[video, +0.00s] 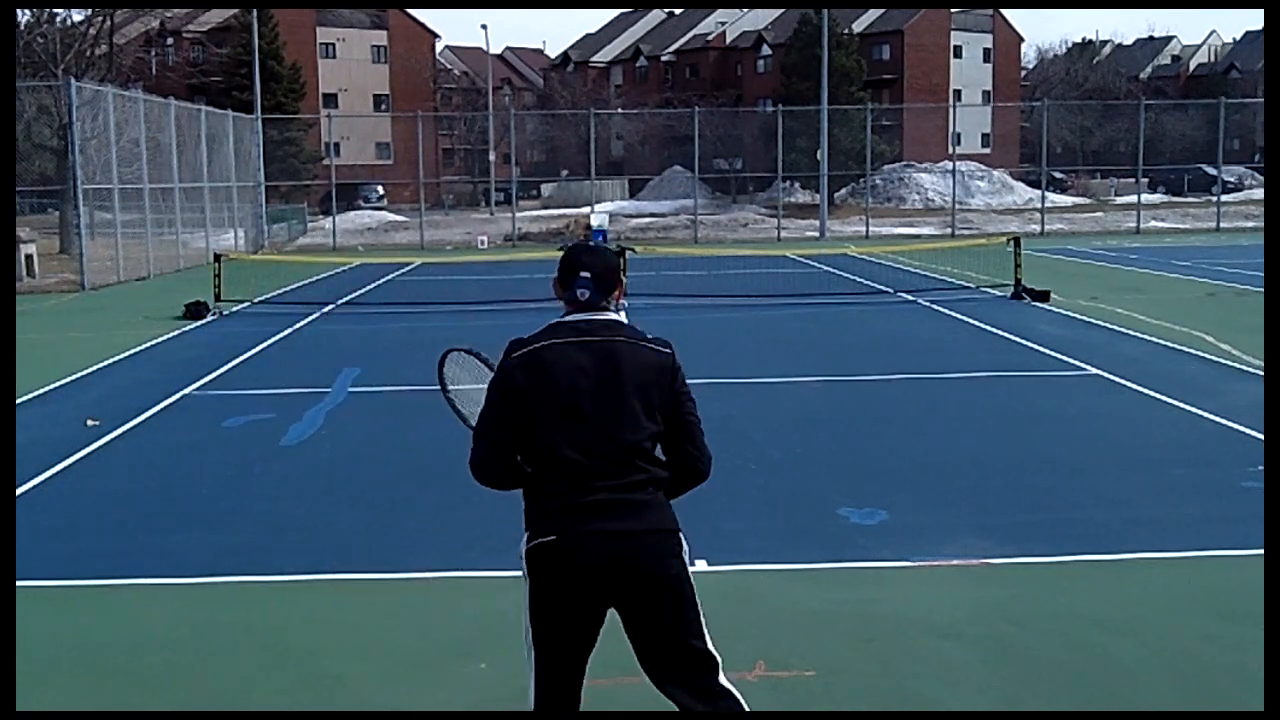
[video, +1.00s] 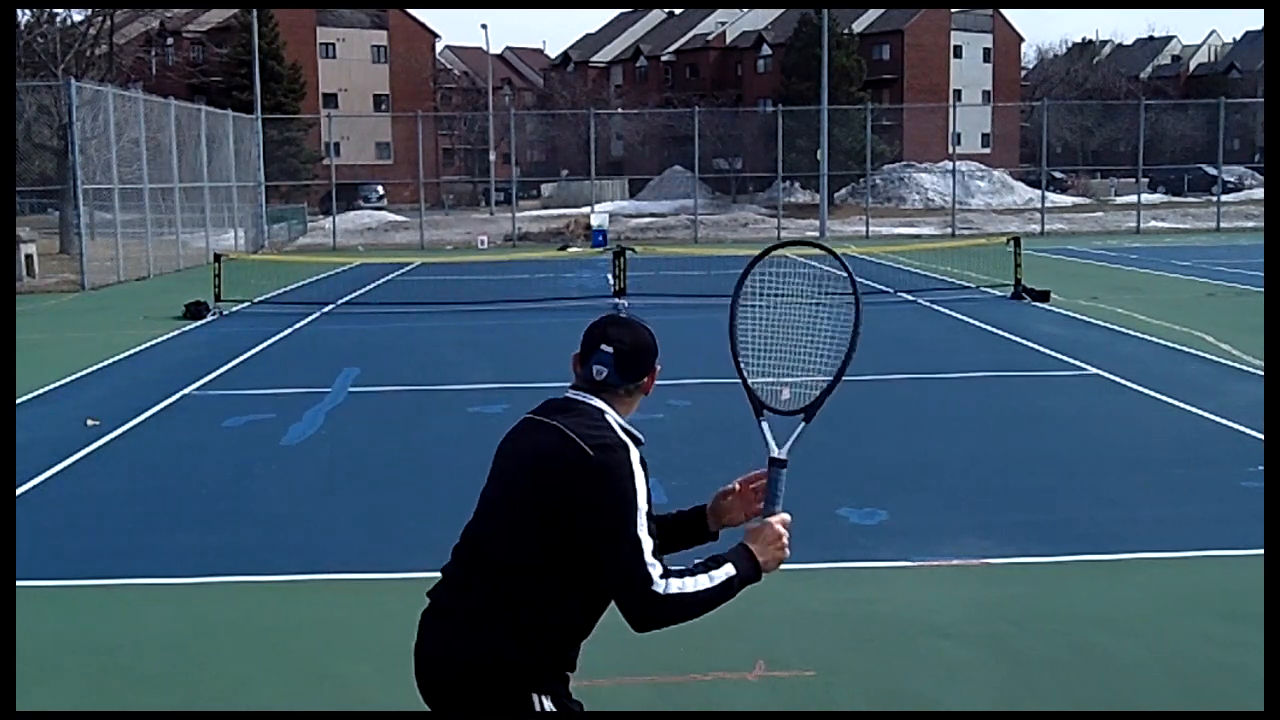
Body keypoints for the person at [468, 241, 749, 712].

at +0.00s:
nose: (555, 291)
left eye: (556, 286)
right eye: (625, 286)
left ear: (559, 292)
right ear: (621, 292)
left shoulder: (523, 357)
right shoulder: (657, 355)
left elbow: (487, 465)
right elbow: (694, 462)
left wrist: (542, 471)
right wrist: (643, 488)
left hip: (561, 553)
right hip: (649, 545)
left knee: (554, 695)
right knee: (698, 681)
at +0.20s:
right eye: (680, 322)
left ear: (613, 331)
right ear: (679, 329)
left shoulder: (582, 404)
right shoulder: (718, 399)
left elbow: (549, 519)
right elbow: (764, 511)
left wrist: (603, 531)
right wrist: (711, 544)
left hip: (622, 607)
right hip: (715, 601)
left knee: (606, 712)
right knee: (748, 711)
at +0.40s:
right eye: (701, 329)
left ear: (630, 337)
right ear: (698, 338)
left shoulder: (591, 414)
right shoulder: (736, 409)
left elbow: (563, 535)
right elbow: (790, 523)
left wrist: (627, 548)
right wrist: (726, 557)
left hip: (621, 622)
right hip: (718, 618)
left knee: (623, 711)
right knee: (746, 713)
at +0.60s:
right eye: (685, 343)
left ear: (613, 340)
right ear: (683, 346)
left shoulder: (566, 412)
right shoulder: (685, 414)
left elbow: (573, 514)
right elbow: (734, 553)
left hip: (569, 619)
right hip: (661, 624)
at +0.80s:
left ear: (591, 344)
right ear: (664, 353)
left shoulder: (551, 410)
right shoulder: (647, 426)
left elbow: (610, 525)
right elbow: (678, 576)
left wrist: (707, 487)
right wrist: (737, 545)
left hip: (509, 632)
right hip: (593, 643)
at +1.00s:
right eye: (657, 372)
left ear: (576, 365)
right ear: (650, 381)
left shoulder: (536, 426)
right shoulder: (611, 451)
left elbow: (603, 544)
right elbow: (648, 604)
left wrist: (709, 519)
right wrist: (749, 559)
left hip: (445, 653)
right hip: (514, 675)